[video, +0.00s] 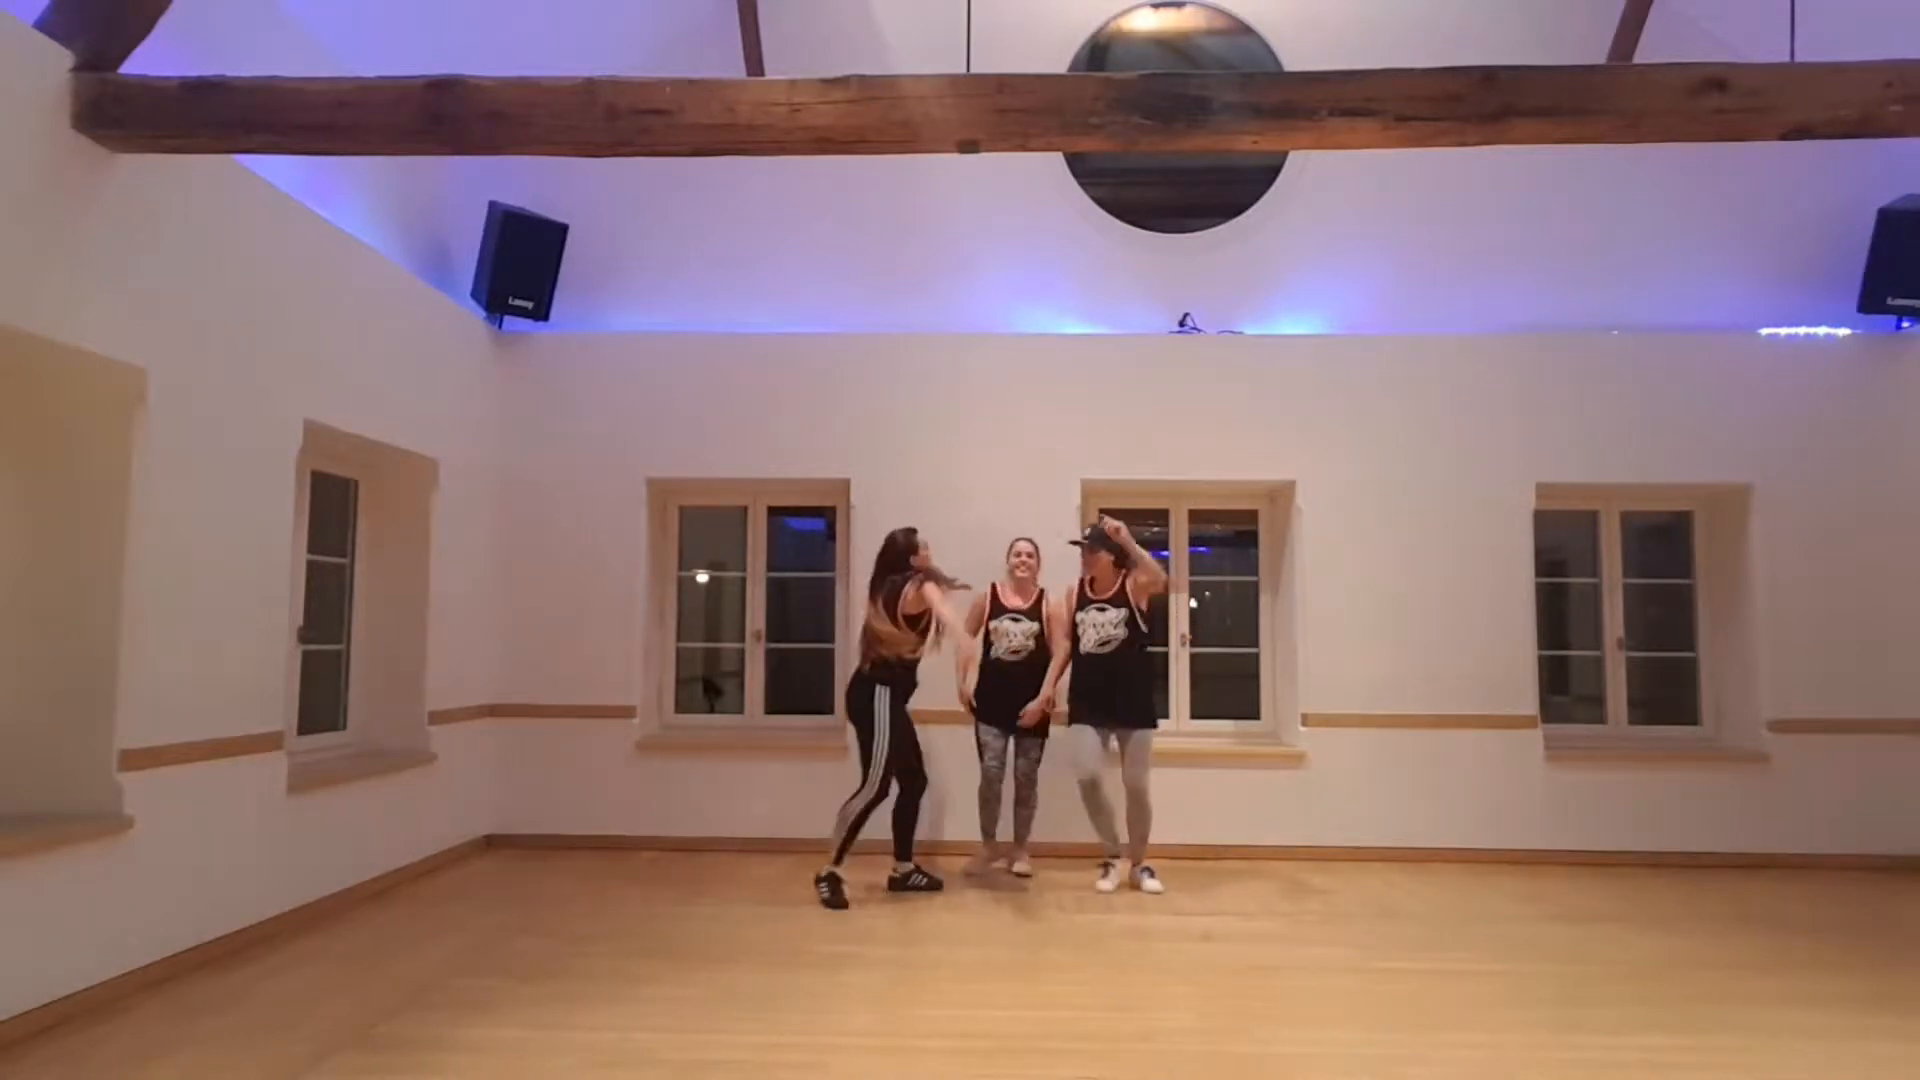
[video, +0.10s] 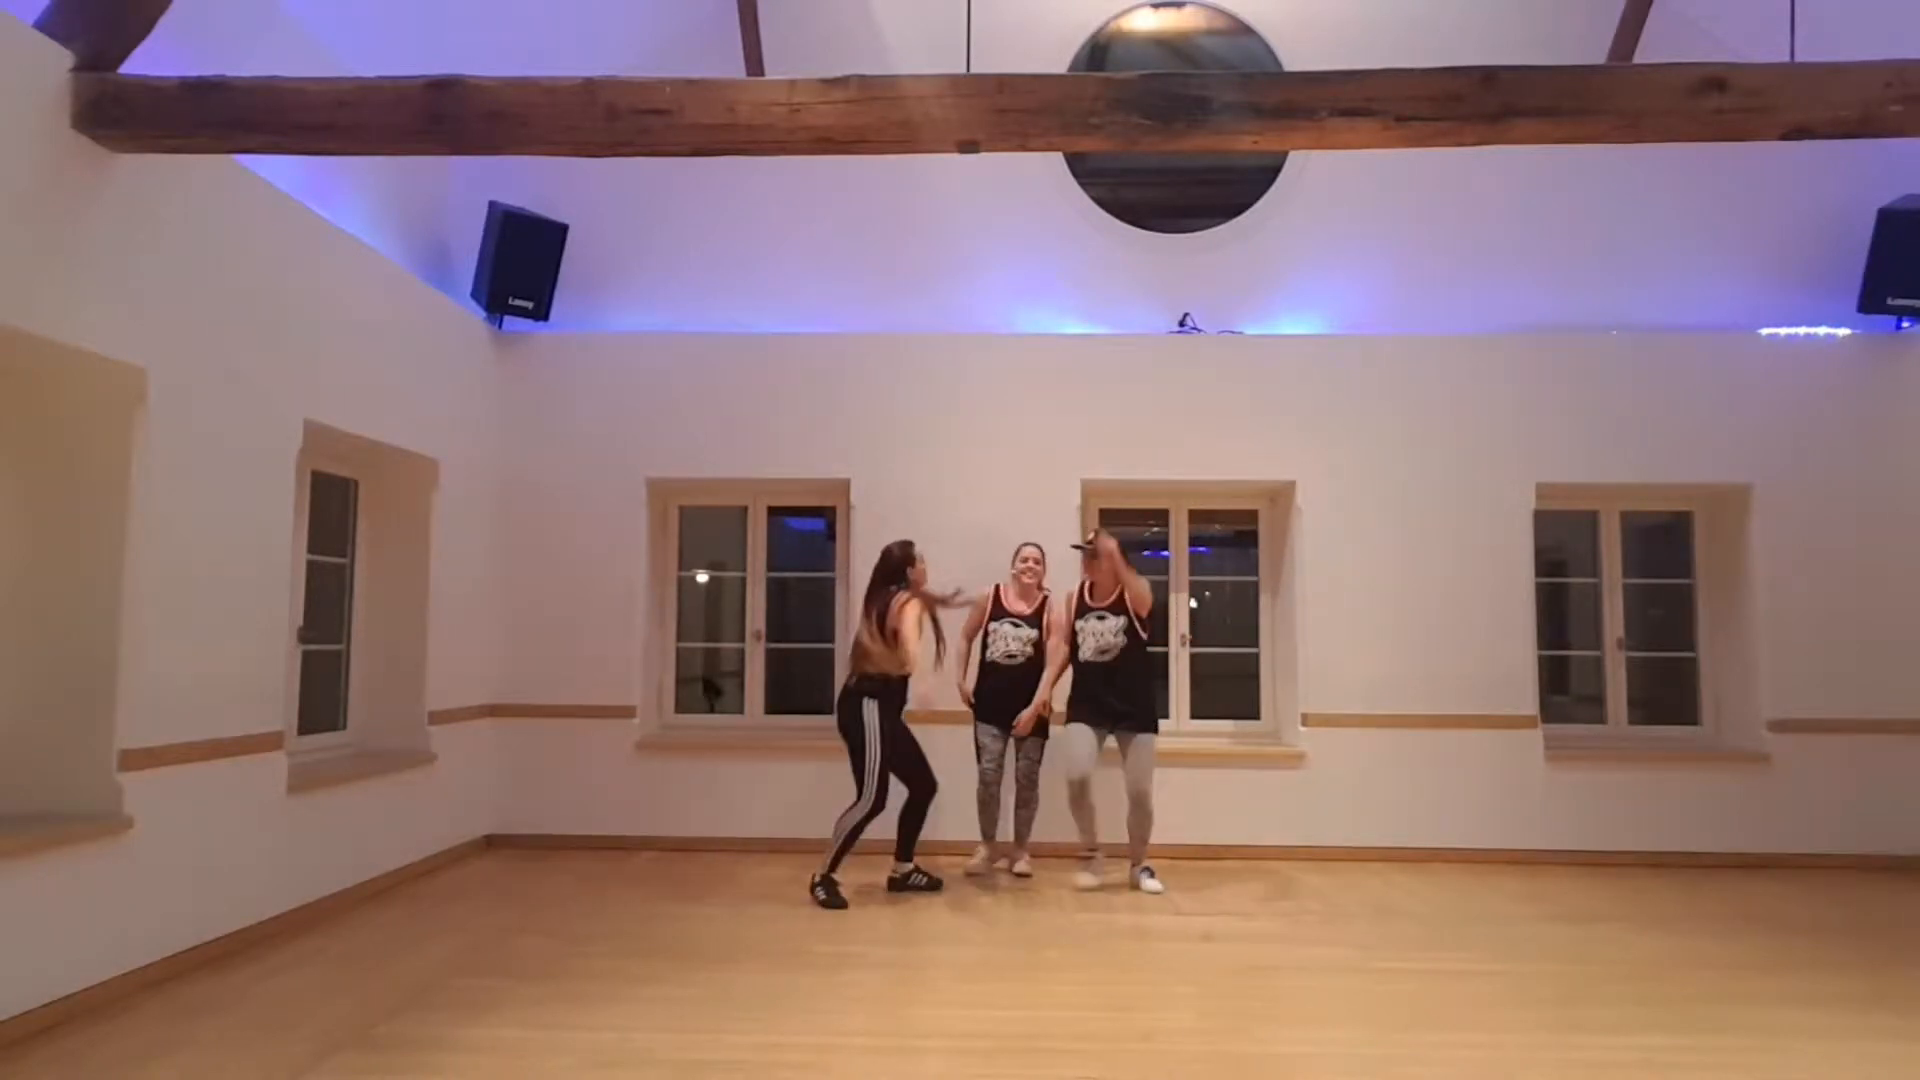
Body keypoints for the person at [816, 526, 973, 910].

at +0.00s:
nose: (929, 552)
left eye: (926, 547)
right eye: (924, 549)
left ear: (899, 558)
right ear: (913, 558)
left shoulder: (890, 585)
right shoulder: (919, 586)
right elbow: (950, 620)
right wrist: (969, 647)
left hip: (885, 691)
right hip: (878, 692)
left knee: (913, 781)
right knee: (876, 785)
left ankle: (903, 870)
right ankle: (829, 873)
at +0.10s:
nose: (925, 568)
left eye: (923, 562)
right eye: (921, 563)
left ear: (895, 569)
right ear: (910, 571)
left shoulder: (886, 596)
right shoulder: (907, 602)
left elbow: (924, 600)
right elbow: (910, 655)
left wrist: (948, 601)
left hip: (879, 703)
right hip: (869, 703)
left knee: (924, 786)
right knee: (872, 797)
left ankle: (903, 871)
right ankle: (824, 876)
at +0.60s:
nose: (924, 555)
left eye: (923, 549)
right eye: (917, 549)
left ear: (907, 554)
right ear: (895, 553)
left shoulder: (921, 581)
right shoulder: (862, 584)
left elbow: (958, 603)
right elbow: (812, 601)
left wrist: (988, 626)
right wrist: (813, 637)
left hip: (908, 699)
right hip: (869, 698)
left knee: (918, 784)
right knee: (860, 782)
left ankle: (900, 867)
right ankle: (843, 861)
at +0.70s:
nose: (924, 569)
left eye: (923, 563)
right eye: (918, 563)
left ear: (907, 568)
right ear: (895, 567)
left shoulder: (924, 597)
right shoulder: (863, 602)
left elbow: (954, 633)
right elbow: (829, 636)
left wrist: (983, 676)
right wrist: (827, 637)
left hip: (912, 711)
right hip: (870, 711)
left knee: (927, 793)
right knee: (869, 792)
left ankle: (903, 869)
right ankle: (847, 865)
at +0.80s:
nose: (926, 582)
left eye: (926, 576)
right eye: (920, 575)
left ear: (907, 581)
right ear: (897, 578)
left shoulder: (927, 626)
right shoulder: (857, 620)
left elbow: (954, 675)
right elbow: (835, 664)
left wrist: (971, 725)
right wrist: (838, 641)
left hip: (906, 723)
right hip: (863, 722)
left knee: (927, 797)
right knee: (874, 797)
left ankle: (902, 869)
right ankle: (852, 867)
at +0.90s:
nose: (932, 579)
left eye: (932, 573)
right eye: (926, 572)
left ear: (911, 577)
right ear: (903, 575)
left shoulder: (925, 622)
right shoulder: (863, 604)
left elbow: (942, 670)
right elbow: (819, 624)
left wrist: (949, 716)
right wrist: (842, 618)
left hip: (898, 717)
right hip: (857, 713)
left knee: (923, 792)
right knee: (851, 794)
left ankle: (902, 869)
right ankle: (848, 867)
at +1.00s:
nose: (920, 558)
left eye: (919, 552)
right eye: (913, 552)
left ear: (900, 559)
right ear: (890, 557)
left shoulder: (921, 604)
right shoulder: (858, 590)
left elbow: (930, 652)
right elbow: (801, 607)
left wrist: (928, 696)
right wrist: (843, 605)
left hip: (891, 702)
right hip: (848, 699)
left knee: (912, 782)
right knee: (831, 782)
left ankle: (902, 867)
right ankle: (832, 858)